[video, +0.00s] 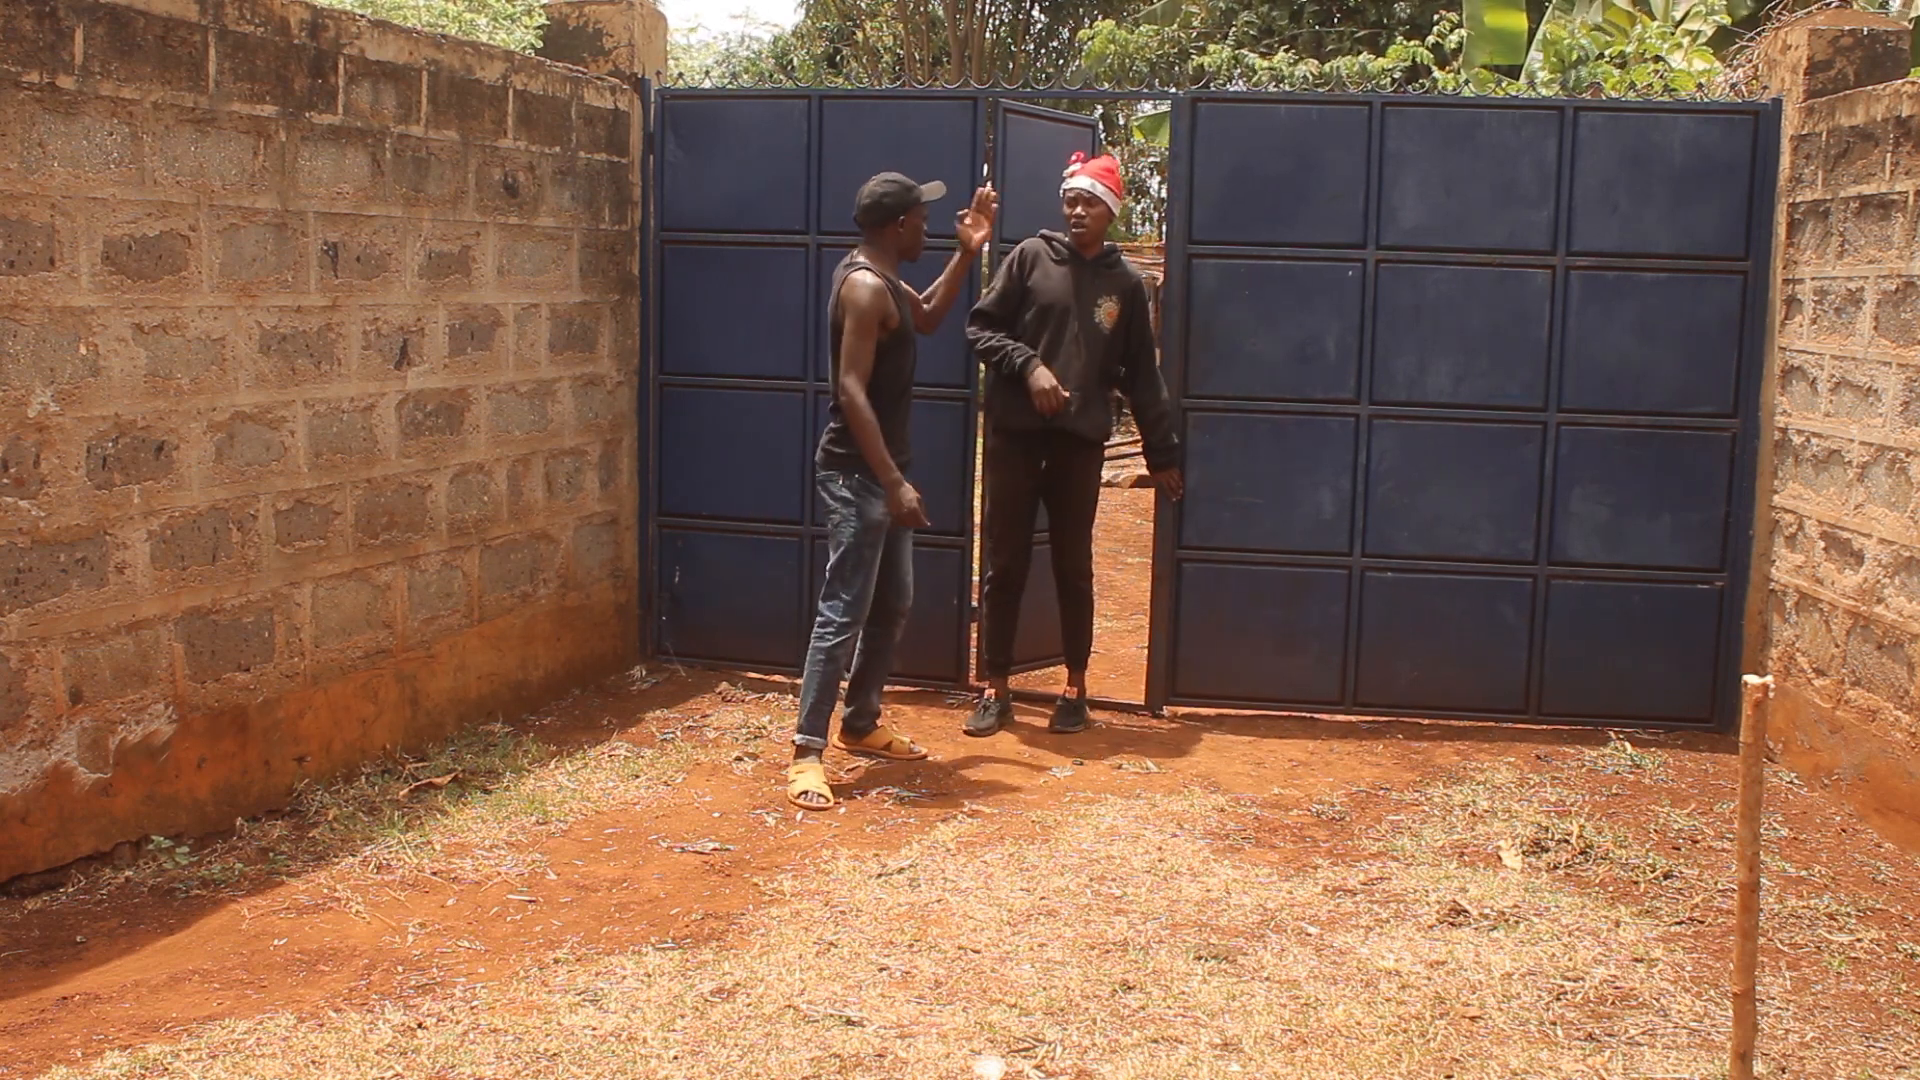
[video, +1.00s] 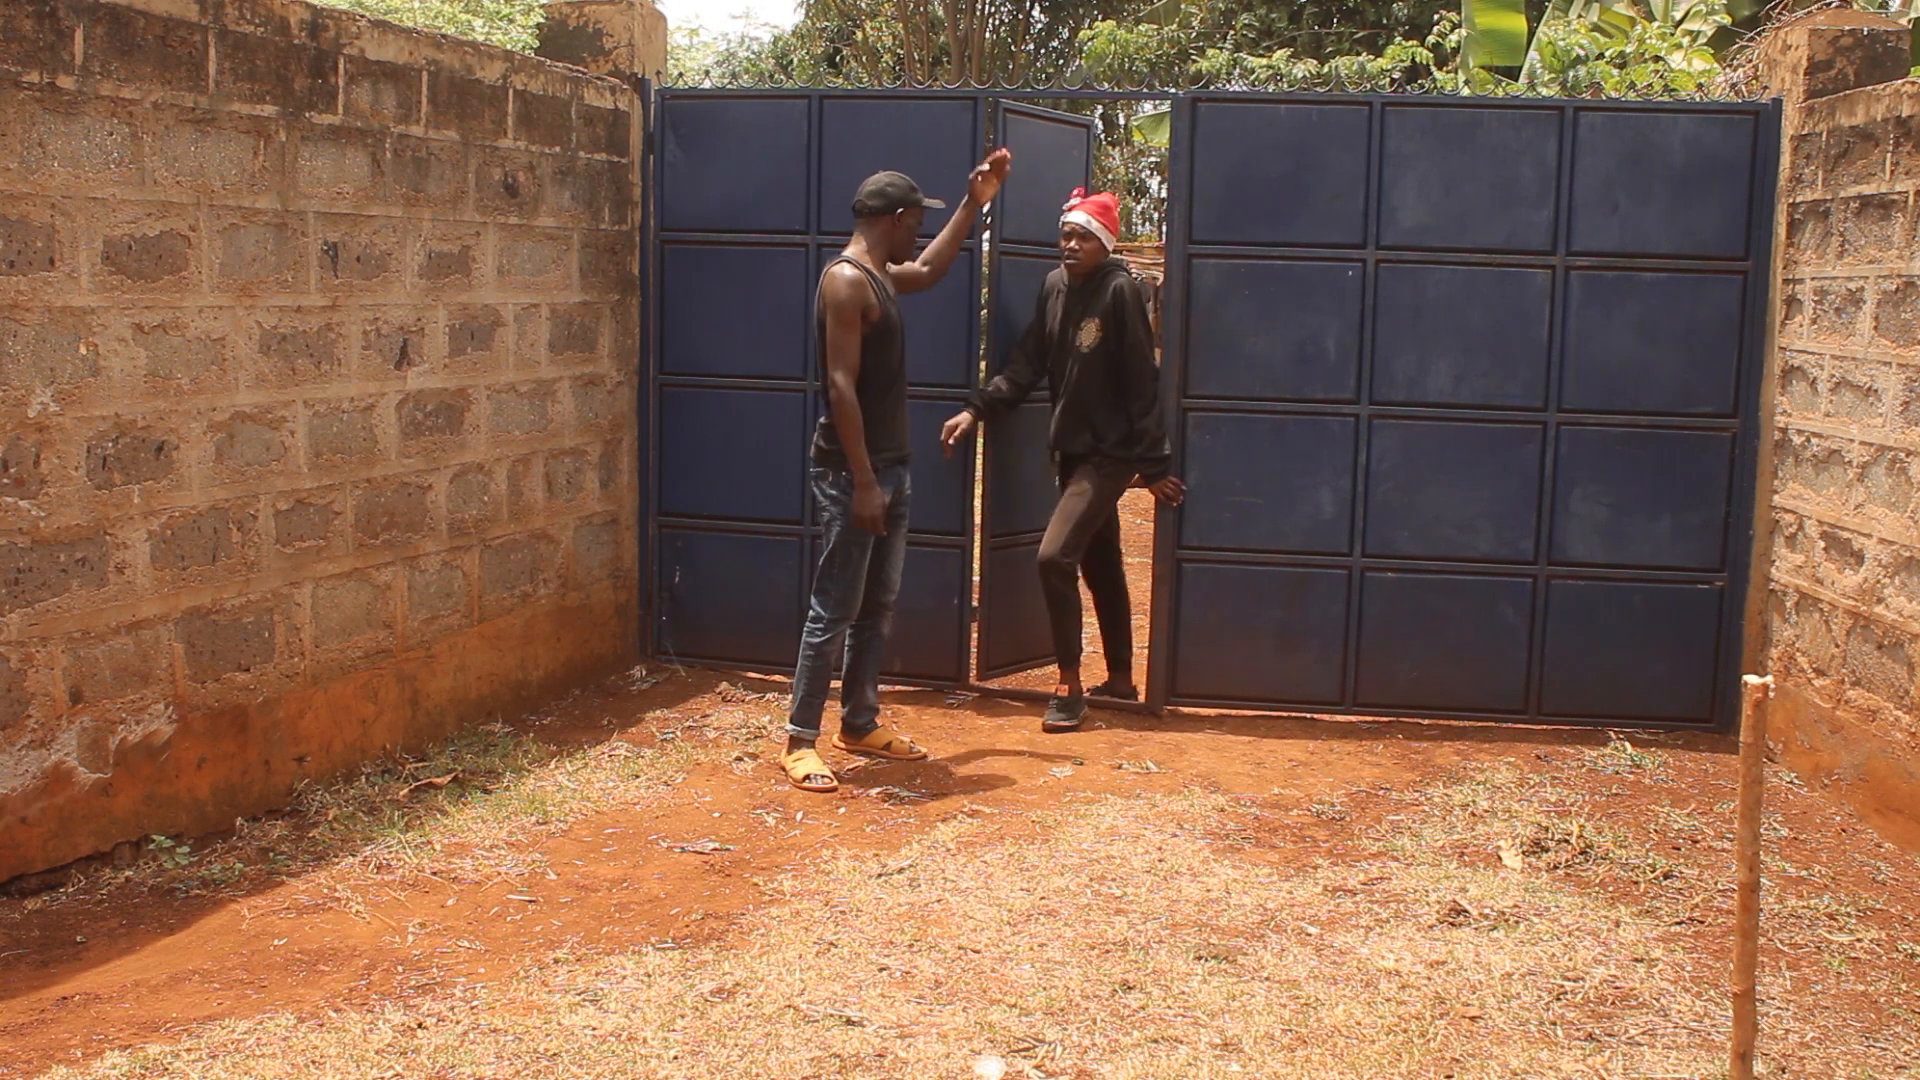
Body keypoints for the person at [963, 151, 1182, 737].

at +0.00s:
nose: (1079, 211)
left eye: (1091, 202)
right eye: (1072, 200)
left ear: (1113, 211)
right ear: (1061, 205)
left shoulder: (1126, 282)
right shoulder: (1029, 255)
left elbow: (1144, 375)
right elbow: (979, 327)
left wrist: (1163, 453)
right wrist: (1027, 363)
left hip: (1079, 446)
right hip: (1012, 439)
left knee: (1073, 565)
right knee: (1005, 564)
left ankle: (1074, 689)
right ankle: (992, 691)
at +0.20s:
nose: (1082, 214)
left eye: (1095, 205)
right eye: (1076, 202)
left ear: (1119, 215)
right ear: (1067, 205)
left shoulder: (1128, 285)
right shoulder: (1034, 255)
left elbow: (1144, 376)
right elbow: (989, 331)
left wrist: (1163, 453)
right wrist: (1023, 389)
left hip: (1081, 445)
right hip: (1013, 438)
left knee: (1073, 566)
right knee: (1006, 564)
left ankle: (1075, 688)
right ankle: (993, 690)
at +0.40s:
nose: (1082, 222)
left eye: (1095, 214)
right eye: (1078, 210)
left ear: (1122, 220)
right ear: (1070, 210)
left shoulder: (1140, 286)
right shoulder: (1044, 257)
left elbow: (1148, 379)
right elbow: (1002, 324)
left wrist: (1160, 457)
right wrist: (1016, 374)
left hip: (1083, 440)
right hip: (1017, 428)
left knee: (1074, 566)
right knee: (1003, 561)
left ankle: (1074, 689)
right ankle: (991, 689)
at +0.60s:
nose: (1097, 222)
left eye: (1110, 214)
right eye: (1093, 211)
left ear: (1138, 221)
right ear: (1088, 213)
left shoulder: (1156, 283)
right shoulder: (1067, 263)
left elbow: (1159, 377)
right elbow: (1024, 314)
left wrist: (1159, 458)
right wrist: (979, 338)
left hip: (1098, 435)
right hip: (1038, 425)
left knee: (1081, 564)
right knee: (1000, 540)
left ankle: (1075, 686)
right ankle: (1043, 608)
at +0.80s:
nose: (1095, 217)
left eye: (1108, 210)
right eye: (1091, 206)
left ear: (1134, 221)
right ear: (1085, 208)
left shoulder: (1147, 280)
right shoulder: (1062, 262)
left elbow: (1153, 376)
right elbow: (1025, 341)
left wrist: (1161, 457)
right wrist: (966, 375)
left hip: (1108, 435)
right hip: (1051, 427)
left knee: (1078, 562)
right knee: (1037, 557)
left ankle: (1074, 690)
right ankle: (1107, 622)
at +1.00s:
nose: (1070, 243)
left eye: (1082, 236)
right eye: (1065, 233)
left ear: (1107, 244)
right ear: (1060, 237)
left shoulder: (1122, 287)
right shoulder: (1056, 284)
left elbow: (1142, 381)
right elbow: (1028, 363)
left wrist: (1154, 465)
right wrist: (976, 411)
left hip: (1111, 451)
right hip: (1070, 450)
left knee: (1053, 559)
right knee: (1104, 573)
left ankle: (1069, 690)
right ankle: (1121, 680)